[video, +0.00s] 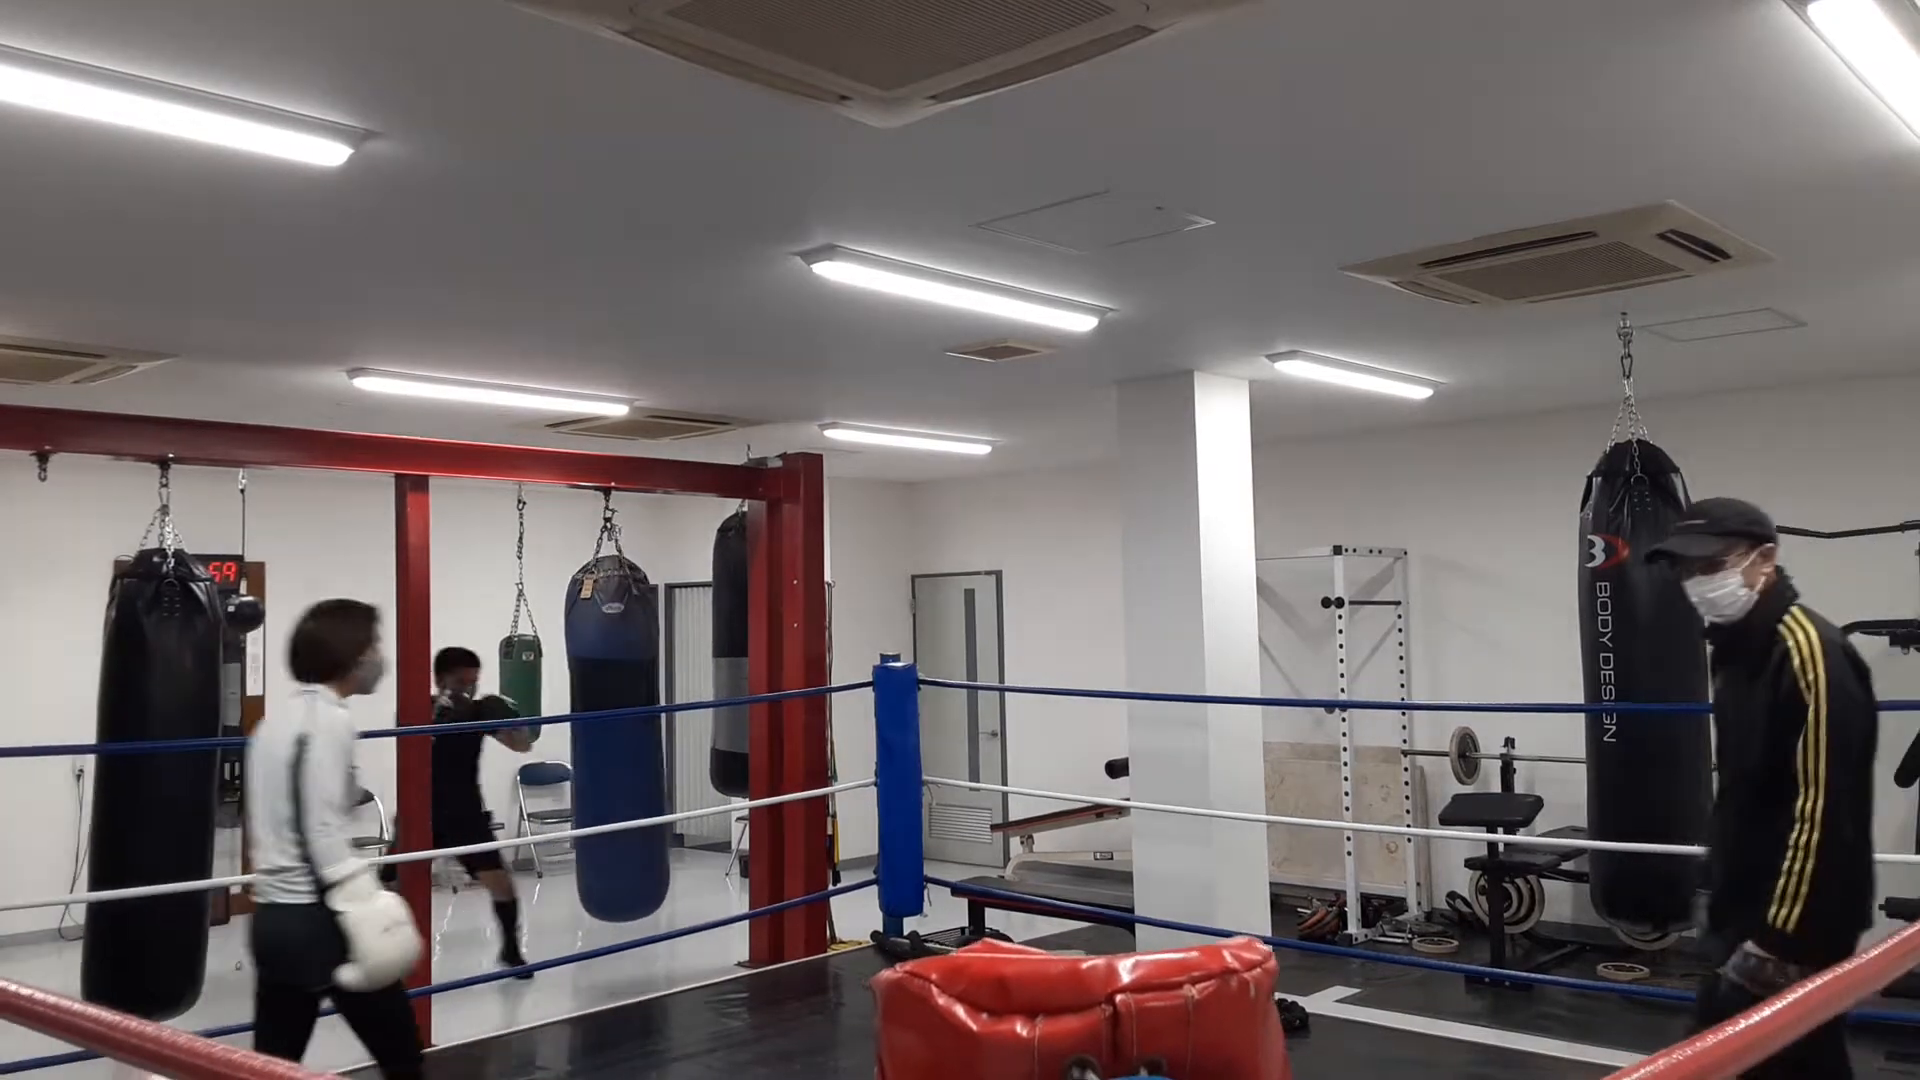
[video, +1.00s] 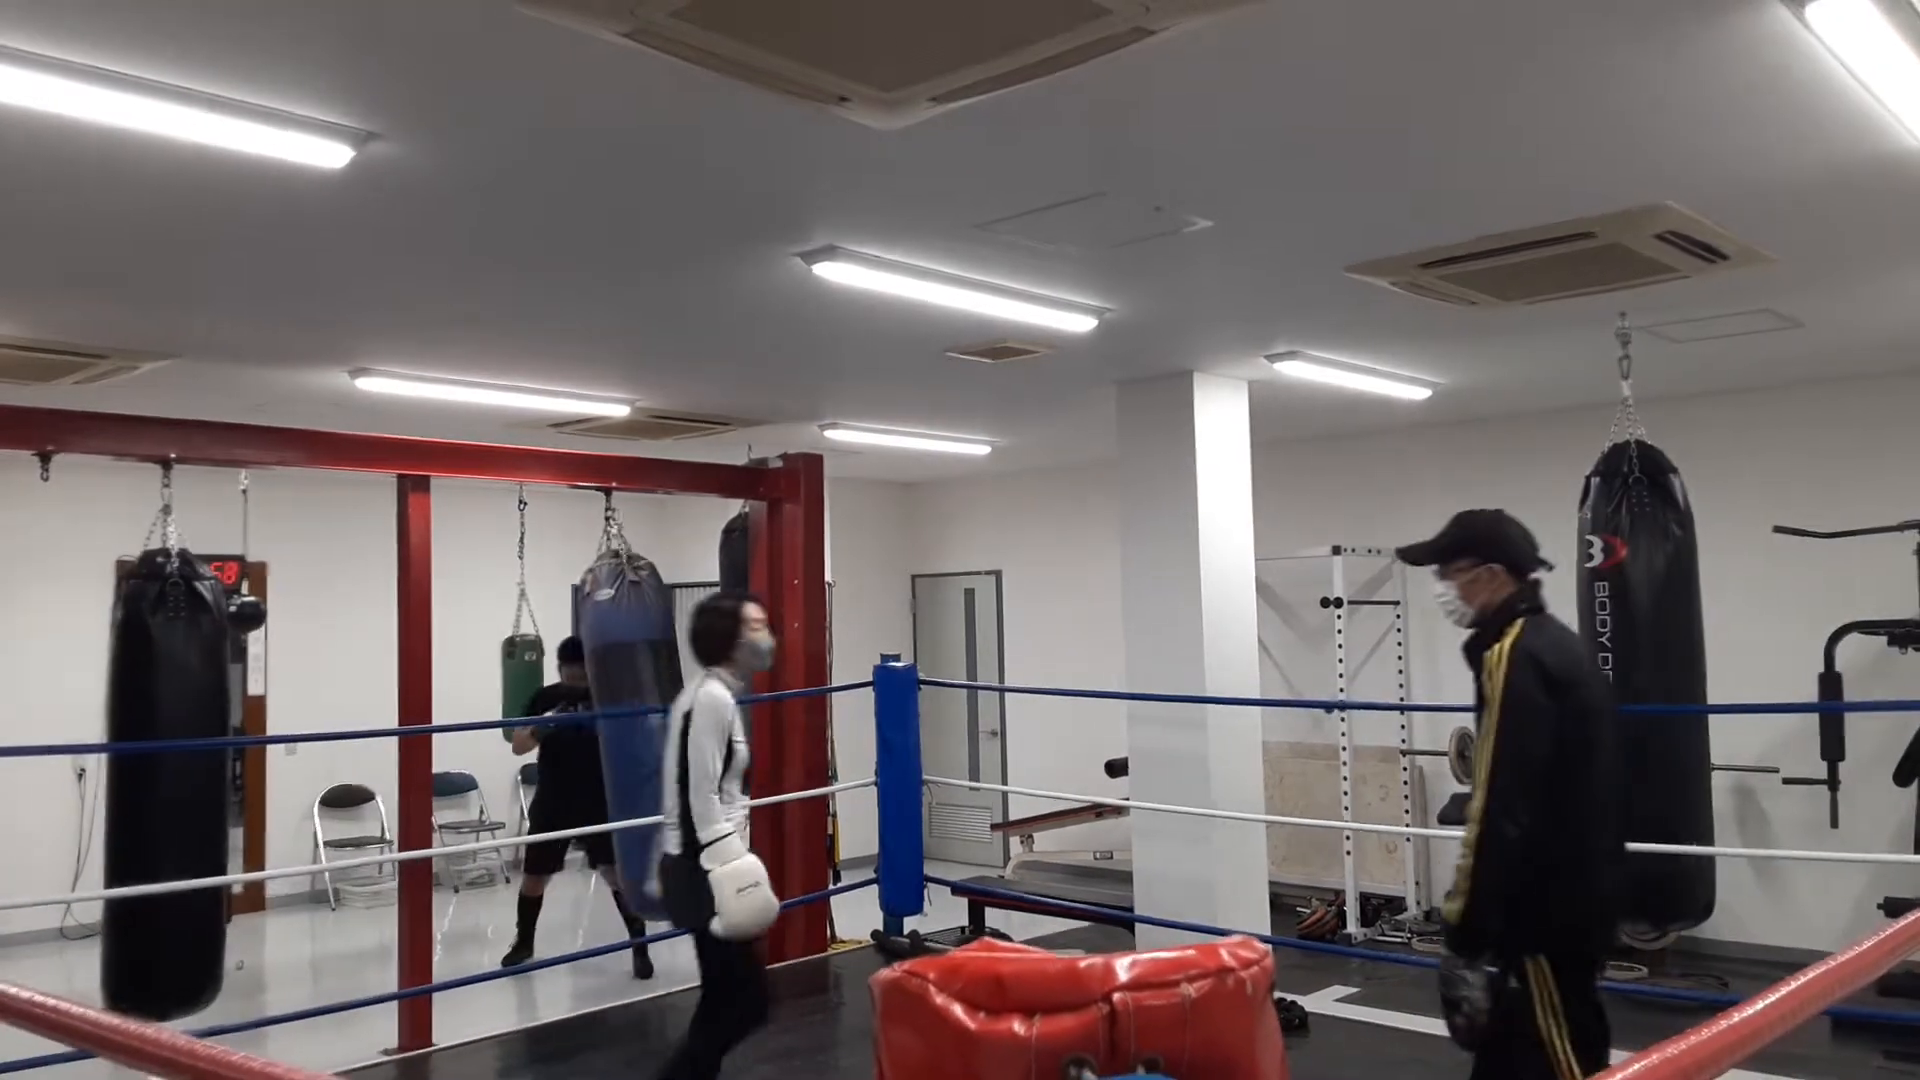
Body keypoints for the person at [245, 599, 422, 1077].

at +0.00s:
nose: (383, 655)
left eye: (379, 644)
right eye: (375, 645)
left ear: (315, 652)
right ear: (352, 657)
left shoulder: (271, 724)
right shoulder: (330, 722)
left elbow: (265, 829)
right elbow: (326, 831)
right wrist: (373, 913)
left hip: (275, 920)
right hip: (327, 918)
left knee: (271, 1067)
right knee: (402, 1058)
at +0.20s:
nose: (466, 652)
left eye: (462, 642)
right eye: (457, 643)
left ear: (399, 653)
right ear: (433, 655)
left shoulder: (364, 721)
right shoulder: (435, 724)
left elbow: (366, 815)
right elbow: (438, 830)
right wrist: (456, 917)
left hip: (376, 913)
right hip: (433, 910)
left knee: (363, 1051)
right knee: (489, 1052)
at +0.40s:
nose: (547, 643)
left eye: (544, 632)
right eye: (539, 633)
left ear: (481, 642)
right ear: (517, 644)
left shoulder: (441, 709)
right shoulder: (527, 712)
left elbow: (429, 810)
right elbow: (528, 818)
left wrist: (425, 884)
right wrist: (560, 899)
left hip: (457, 894)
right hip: (510, 893)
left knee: (514, 1006)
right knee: (523, 1022)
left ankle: (458, 1070)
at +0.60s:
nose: (621, 642)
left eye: (618, 632)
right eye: (613, 634)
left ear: (556, 644)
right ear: (589, 645)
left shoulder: (517, 707)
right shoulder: (599, 708)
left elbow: (491, 791)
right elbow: (609, 812)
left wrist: (463, 864)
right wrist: (655, 876)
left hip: (530, 887)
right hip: (575, 889)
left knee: (605, 998)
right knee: (546, 1024)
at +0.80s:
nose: (691, 644)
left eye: (688, 634)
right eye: (683, 636)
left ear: (639, 646)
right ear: (659, 645)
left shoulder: (607, 707)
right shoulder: (669, 709)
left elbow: (577, 791)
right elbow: (669, 810)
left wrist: (542, 858)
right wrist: (719, 877)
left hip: (618, 878)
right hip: (651, 880)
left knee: (629, 1006)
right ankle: (689, 1073)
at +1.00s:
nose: (768, 637)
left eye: (766, 627)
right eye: (756, 627)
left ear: (731, 637)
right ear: (727, 636)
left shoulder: (710, 694)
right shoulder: (712, 698)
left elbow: (703, 792)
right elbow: (704, 796)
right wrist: (738, 874)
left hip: (702, 862)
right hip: (701, 864)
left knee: (728, 996)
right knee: (742, 1000)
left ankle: (688, 1071)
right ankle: (683, 1072)